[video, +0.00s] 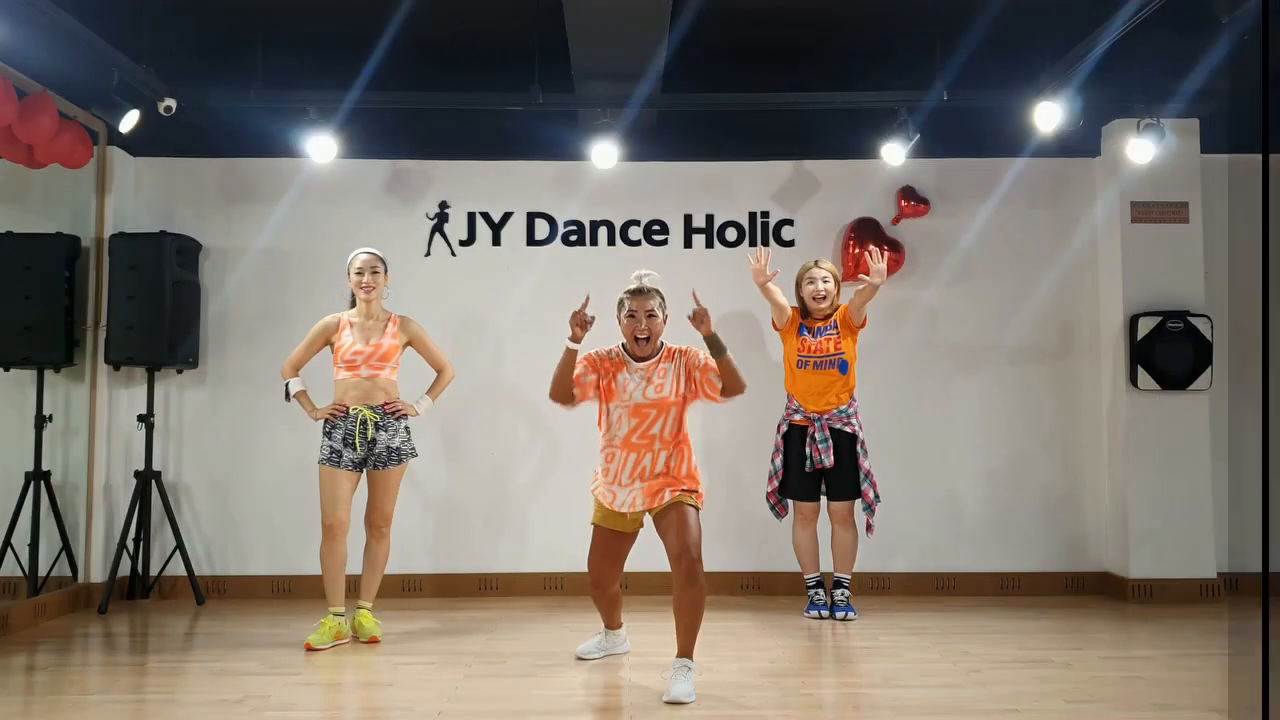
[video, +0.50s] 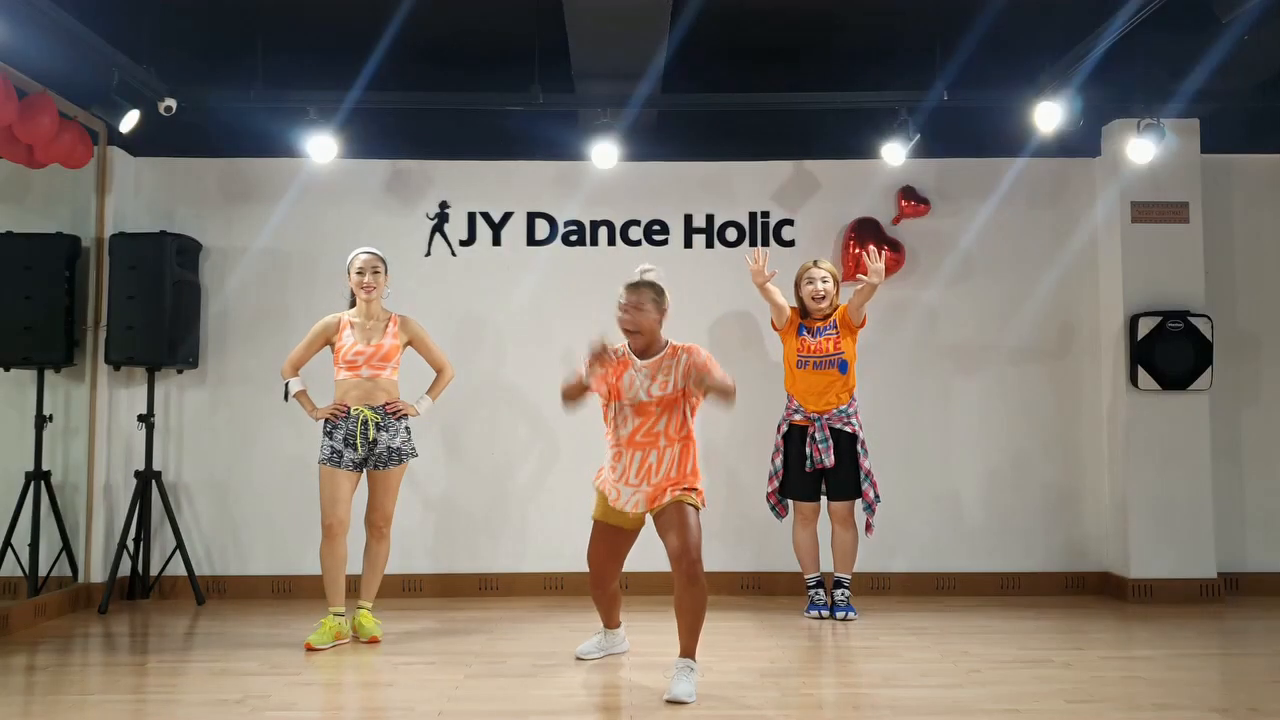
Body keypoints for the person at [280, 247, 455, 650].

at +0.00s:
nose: (367, 279)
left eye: (375, 272)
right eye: (360, 273)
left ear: (386, 280)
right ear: (349, 281)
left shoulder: (403, 327)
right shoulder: (333, 325)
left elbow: (447, 370)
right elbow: (289, 369)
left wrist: (418, 406)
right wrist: (314, 410)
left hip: (389, 428)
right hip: (341, 427)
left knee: (379, 526)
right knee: (333, 526)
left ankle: (365, 612)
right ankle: (336, 617)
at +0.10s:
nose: (367, 279)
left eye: (375, 272)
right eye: (360, 273)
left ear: (386, 280)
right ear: (349, 280)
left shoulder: (403, 326)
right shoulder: (333, 325)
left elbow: (447, 370)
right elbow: (289, 370)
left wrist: (419, 406)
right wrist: (314, 410)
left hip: (389, 428)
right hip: (341, 427)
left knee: (379, 526)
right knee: (333, 526)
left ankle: (365, 612)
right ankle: (336, 618)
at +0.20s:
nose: (367, 278)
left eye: (375, 272)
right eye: (360, 272)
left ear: (386, 279)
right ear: (349, 280)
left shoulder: (404, 326)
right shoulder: (333, 325)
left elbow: (447, 370)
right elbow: (289, 370)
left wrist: (419, 406)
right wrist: (314, 410)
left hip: (389, 428)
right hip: (341, 427)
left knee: (379, 526)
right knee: (333, 526)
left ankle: (365, 612)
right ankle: (336, 617)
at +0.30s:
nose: (367, 278)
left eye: (375, 272)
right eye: (360, 272)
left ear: (386, 279)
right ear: (349, 280)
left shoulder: (403, 326)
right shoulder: (334, 325)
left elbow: (447, 370)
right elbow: (290, 370)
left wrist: (419, 406)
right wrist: (314, 410)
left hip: (389, 427)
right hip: (341, 427)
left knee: (379, 526)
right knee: (333, 526)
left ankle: (365, 612)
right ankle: (336, 617)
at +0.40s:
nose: (368, 279)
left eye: (375, 272)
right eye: (360, 272)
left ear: (386, 279)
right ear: (349, 280)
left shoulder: (403, 326)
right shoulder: (334, 325)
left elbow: (447, 370)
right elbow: (289, 370)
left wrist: (419, 406)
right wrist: (314, 410)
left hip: (389, 428)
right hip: (341, 427)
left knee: (379, 526)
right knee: (333, 526)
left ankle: (365, 612)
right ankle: (336, 617)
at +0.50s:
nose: (367, 279)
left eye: (375, 272)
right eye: (360, 273)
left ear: (386, 280)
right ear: (349, 280)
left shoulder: (403, 326)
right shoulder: (333, 326)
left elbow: (447, 370)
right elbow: (289, 369)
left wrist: (419, 407)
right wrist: (314, 410)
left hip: (389, 428)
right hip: (341, 427)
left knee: (379, 525)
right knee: (332, 526)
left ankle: (365, 612)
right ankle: (336, 618)